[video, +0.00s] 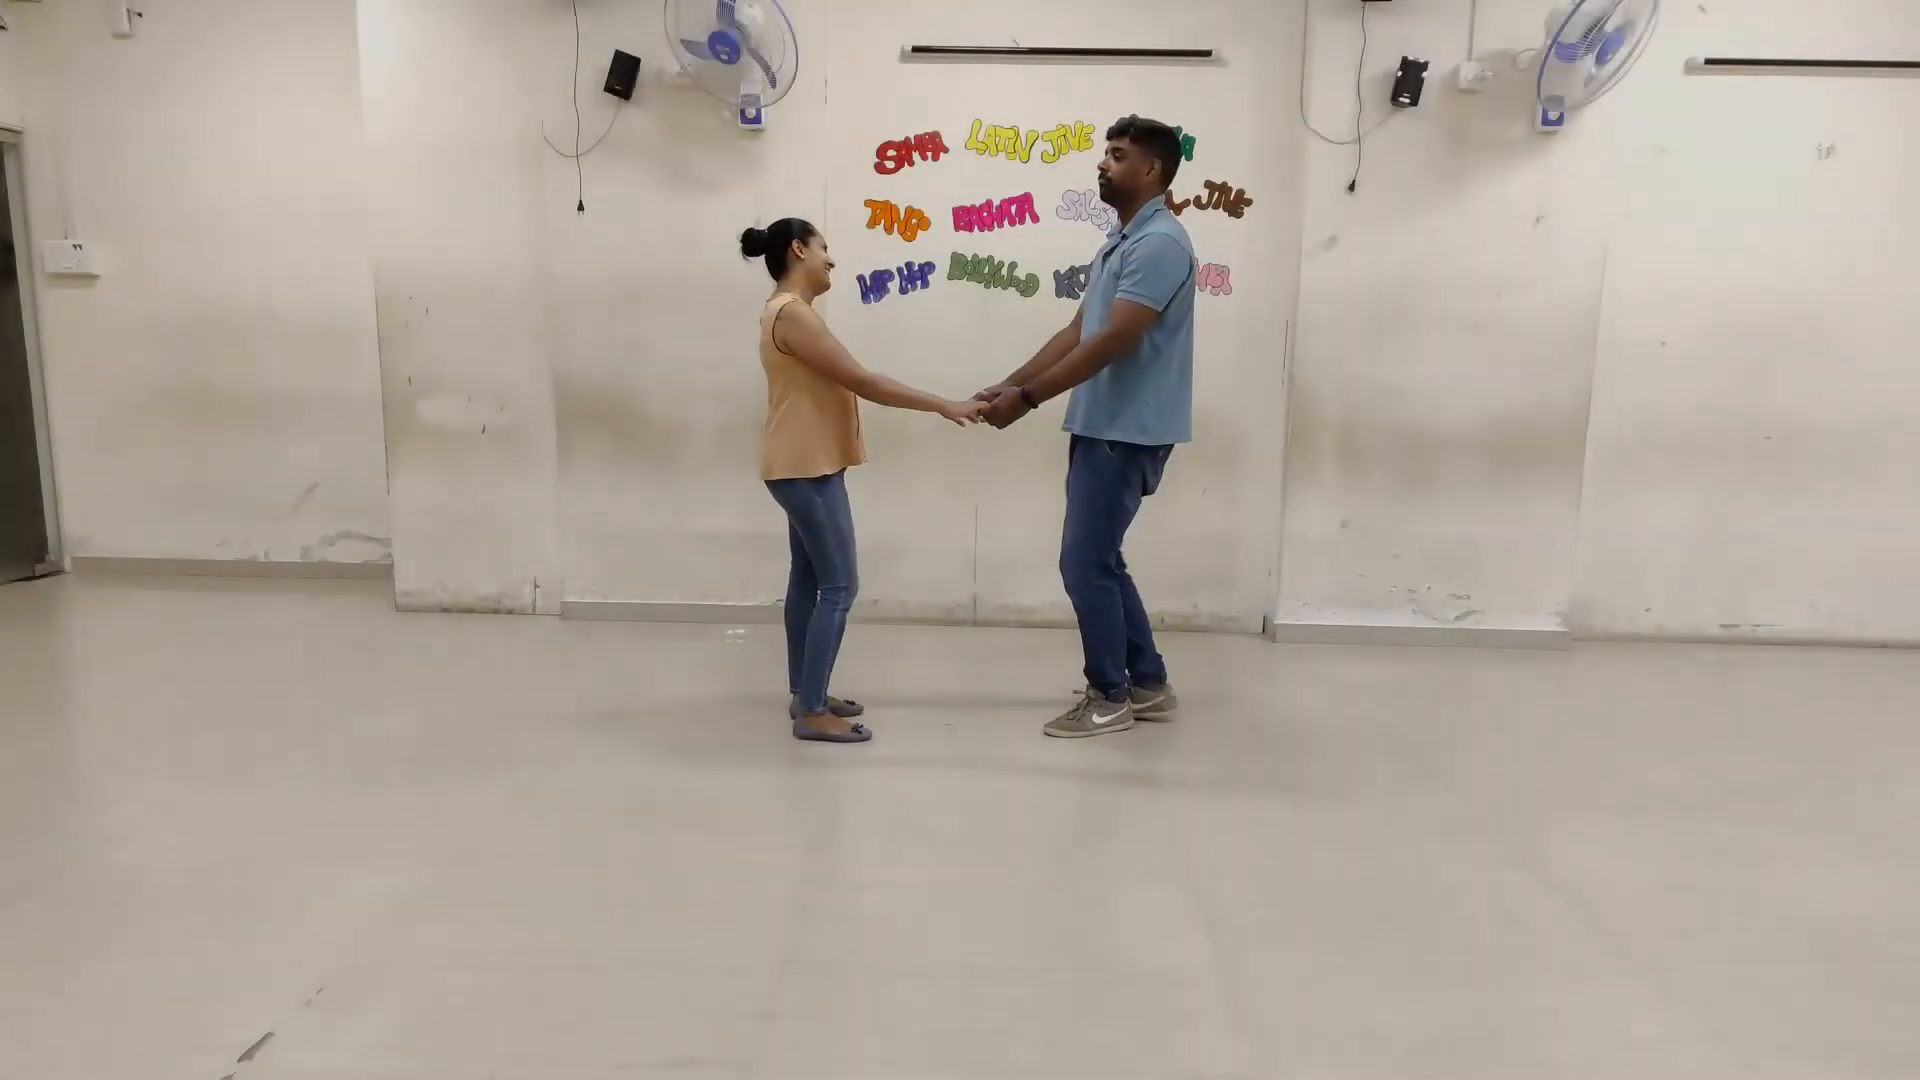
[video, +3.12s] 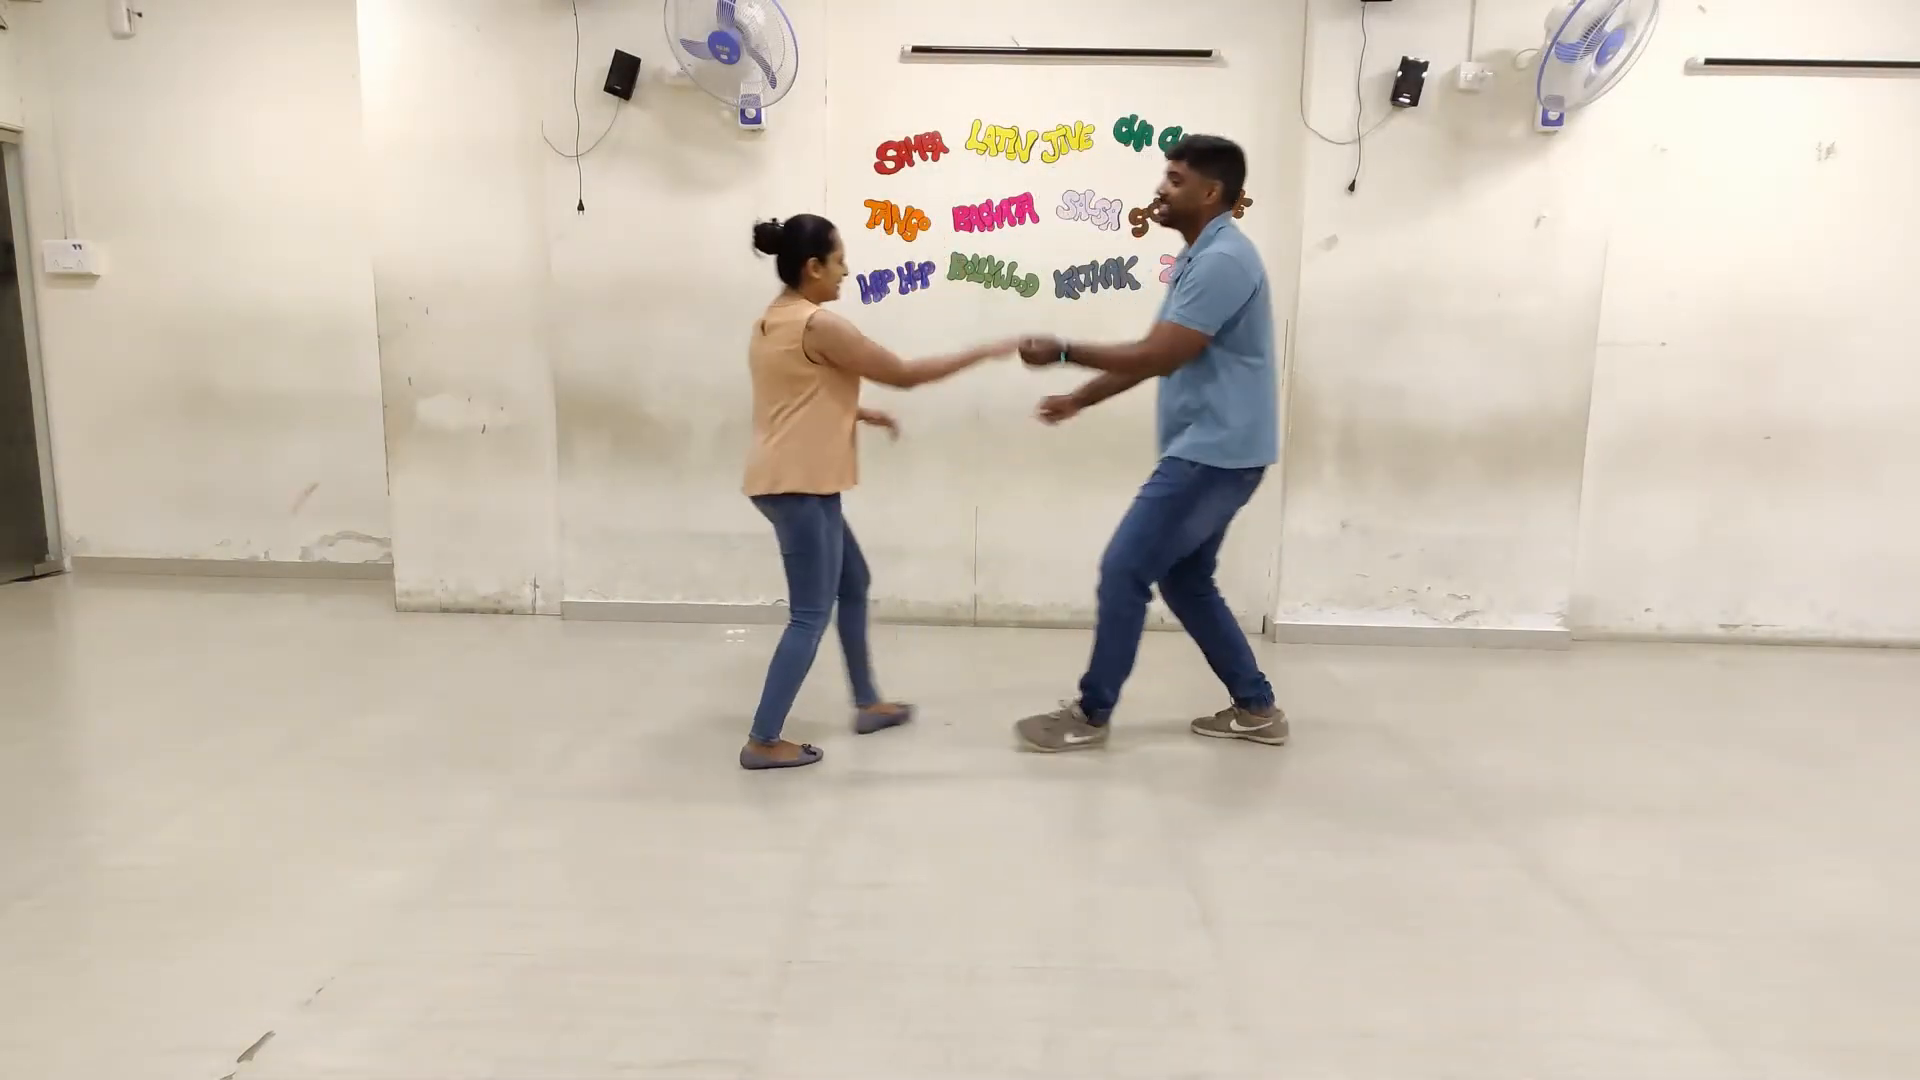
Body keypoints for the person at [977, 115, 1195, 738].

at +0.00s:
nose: (1103, 163)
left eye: (1116, 155)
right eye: (1105, 154)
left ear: (1153, 169)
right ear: (1131, 170)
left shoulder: (1161, 241)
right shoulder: (1122, 242)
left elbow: (1119, 336)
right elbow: (1078, 332)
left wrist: (1030, 394)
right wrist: (1014, 384)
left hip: (1127, 429)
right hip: (1102, 425)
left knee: (1084, 561)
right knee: (1096, 556)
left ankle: (1111, 694)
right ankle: (1146, 682)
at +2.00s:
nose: (1138, 159)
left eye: (1152, 149)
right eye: (1142, 148)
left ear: (1191, 158)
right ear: (1182, 160)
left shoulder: (1204, 228)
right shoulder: (1175, 230)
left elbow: (1161, 331)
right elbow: (1135, 321)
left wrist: (1056, 338)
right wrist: (1050, 335)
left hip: (1199, 432)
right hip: (1206, 430)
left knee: (1115, 551)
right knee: (1189, 568)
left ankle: (1120, 705)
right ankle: (1229, 711)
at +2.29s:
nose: (1084, 180)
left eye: (1097, 170)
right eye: (1087, 169)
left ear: (1134, 182)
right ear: (1129, 183)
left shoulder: (1147, 256)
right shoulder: (1133, 252)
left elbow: (1147, 367)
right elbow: (1110, 361)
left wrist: (1057, 412)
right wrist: (1047, 402)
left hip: (1135, 451)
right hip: (1149, 448)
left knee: (1060, 573)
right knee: (1117, 579)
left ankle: (1085, 713)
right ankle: (1213, 693)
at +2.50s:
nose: (1040, 156)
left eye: (1053, 146)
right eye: (1043, 146)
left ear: (1090, 156)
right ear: (1087, 158)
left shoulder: (1103, 223)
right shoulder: (1098, 219)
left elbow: (1128, 325)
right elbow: (1113, 326)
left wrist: (1036, 353)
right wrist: (1035, 351)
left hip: (1104, 428)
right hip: (1105, 423)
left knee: (1055, 562)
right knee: (1068, 556)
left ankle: (1085, 711)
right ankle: (1107, 683)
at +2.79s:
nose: (1056, 159)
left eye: (1068, 148)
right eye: (1059, 148)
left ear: (1104, 159)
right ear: (1098, 161)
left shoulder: (1124, 227)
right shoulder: (1106, 227)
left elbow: (1136, 328)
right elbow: (1105, 330)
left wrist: (1039, 351)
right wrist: (1034, 348)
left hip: (1133, 431)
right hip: (1123, 428)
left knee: (1071, 564)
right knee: (1088, 553)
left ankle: (1082, 710)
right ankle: (1131, 677)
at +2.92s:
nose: (1100, 175)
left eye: (1114, 167)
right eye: (1104, 165)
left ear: (1153, 180)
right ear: (1131, 178)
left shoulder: (1170, 251)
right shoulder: (1127, 254)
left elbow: (1161, 352)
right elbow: (1083, 341)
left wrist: (1064, 377)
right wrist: (1002, 363)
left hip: (1158, 450)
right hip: (1135, 446)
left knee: (1075, 569)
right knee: (1116, 573)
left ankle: (1082, 713)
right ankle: (1222, 673)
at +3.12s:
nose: (1162, 188)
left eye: (1176, 179)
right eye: (1166, 176)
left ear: (1215, 191)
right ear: (1202, 192)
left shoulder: (1224, 257)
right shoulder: (1205, 254)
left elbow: (1165, 354)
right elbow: (1156, 356)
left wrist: (1064, 349)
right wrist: (1081, 398)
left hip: (1215, 450)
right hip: (1216, 448)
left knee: (1125, 567)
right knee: (1185, 580)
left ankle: (1092, 714)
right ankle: (1257, 707)